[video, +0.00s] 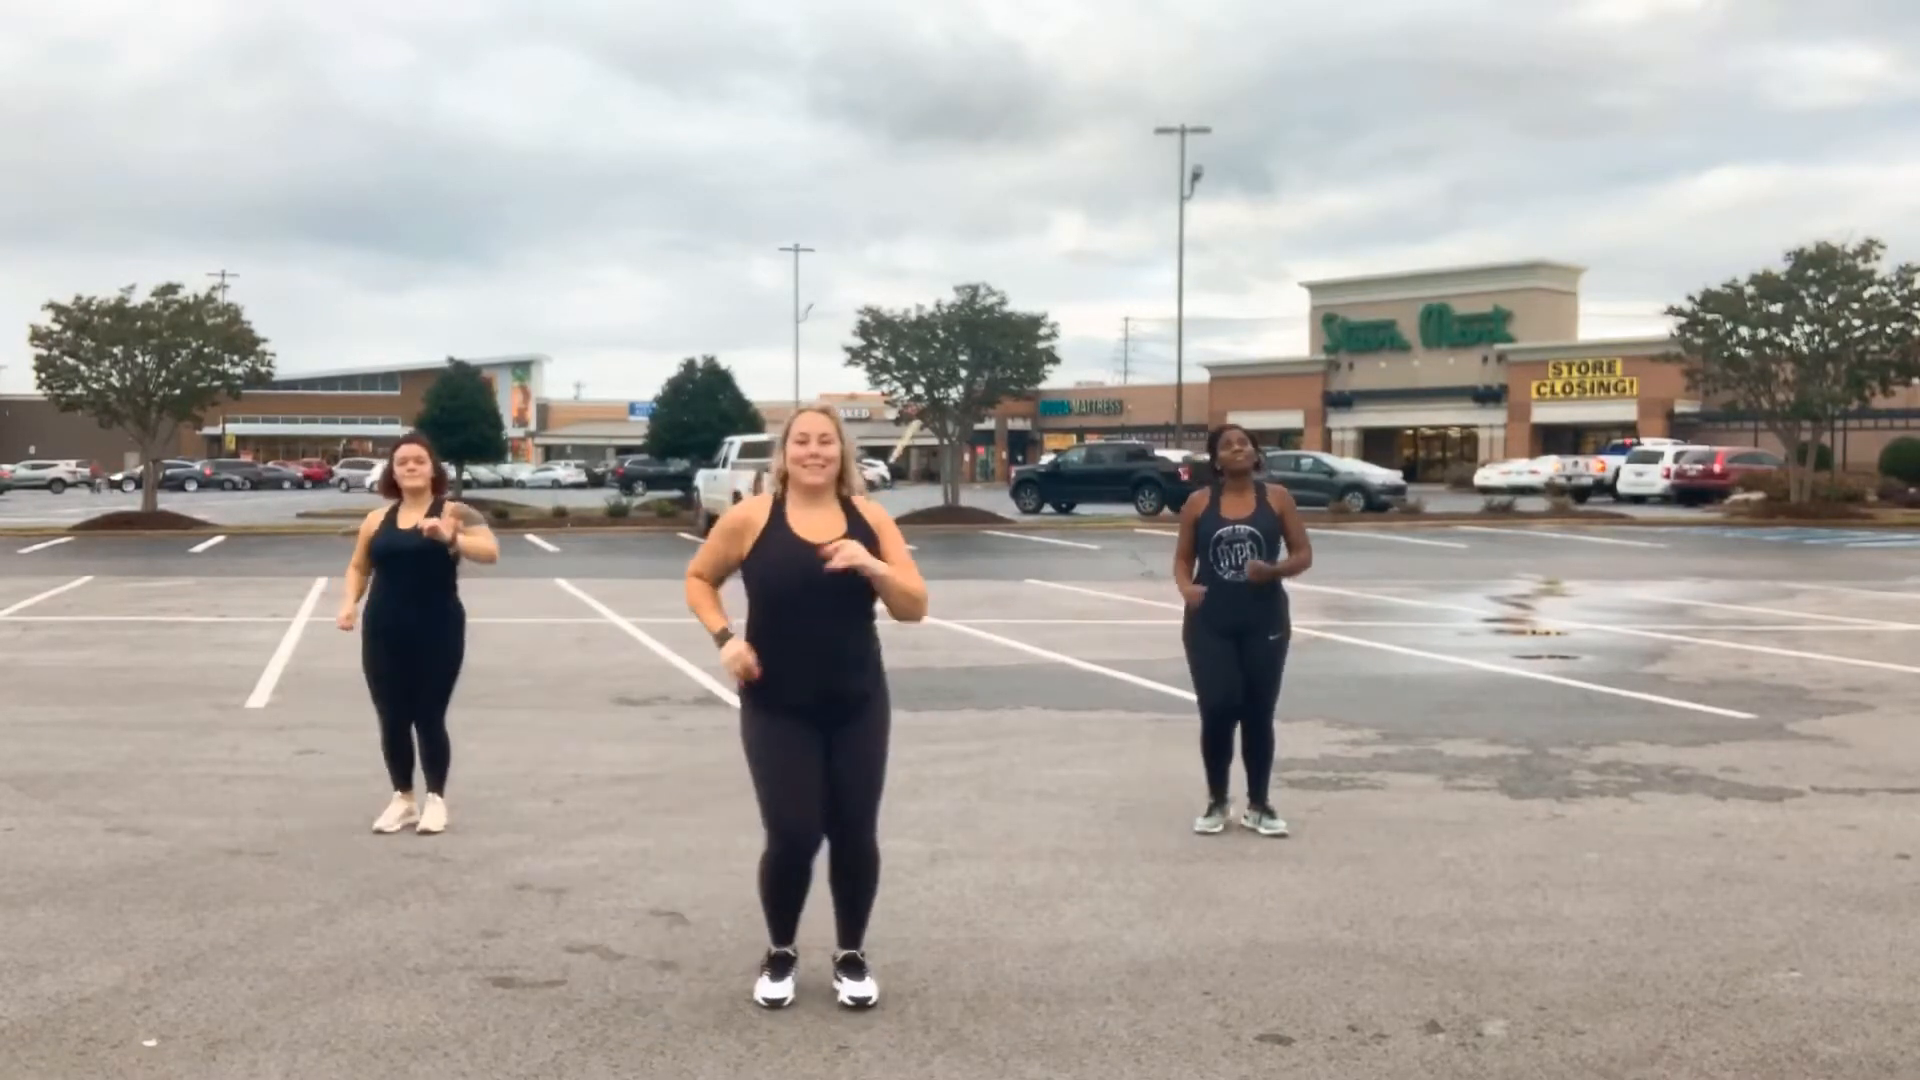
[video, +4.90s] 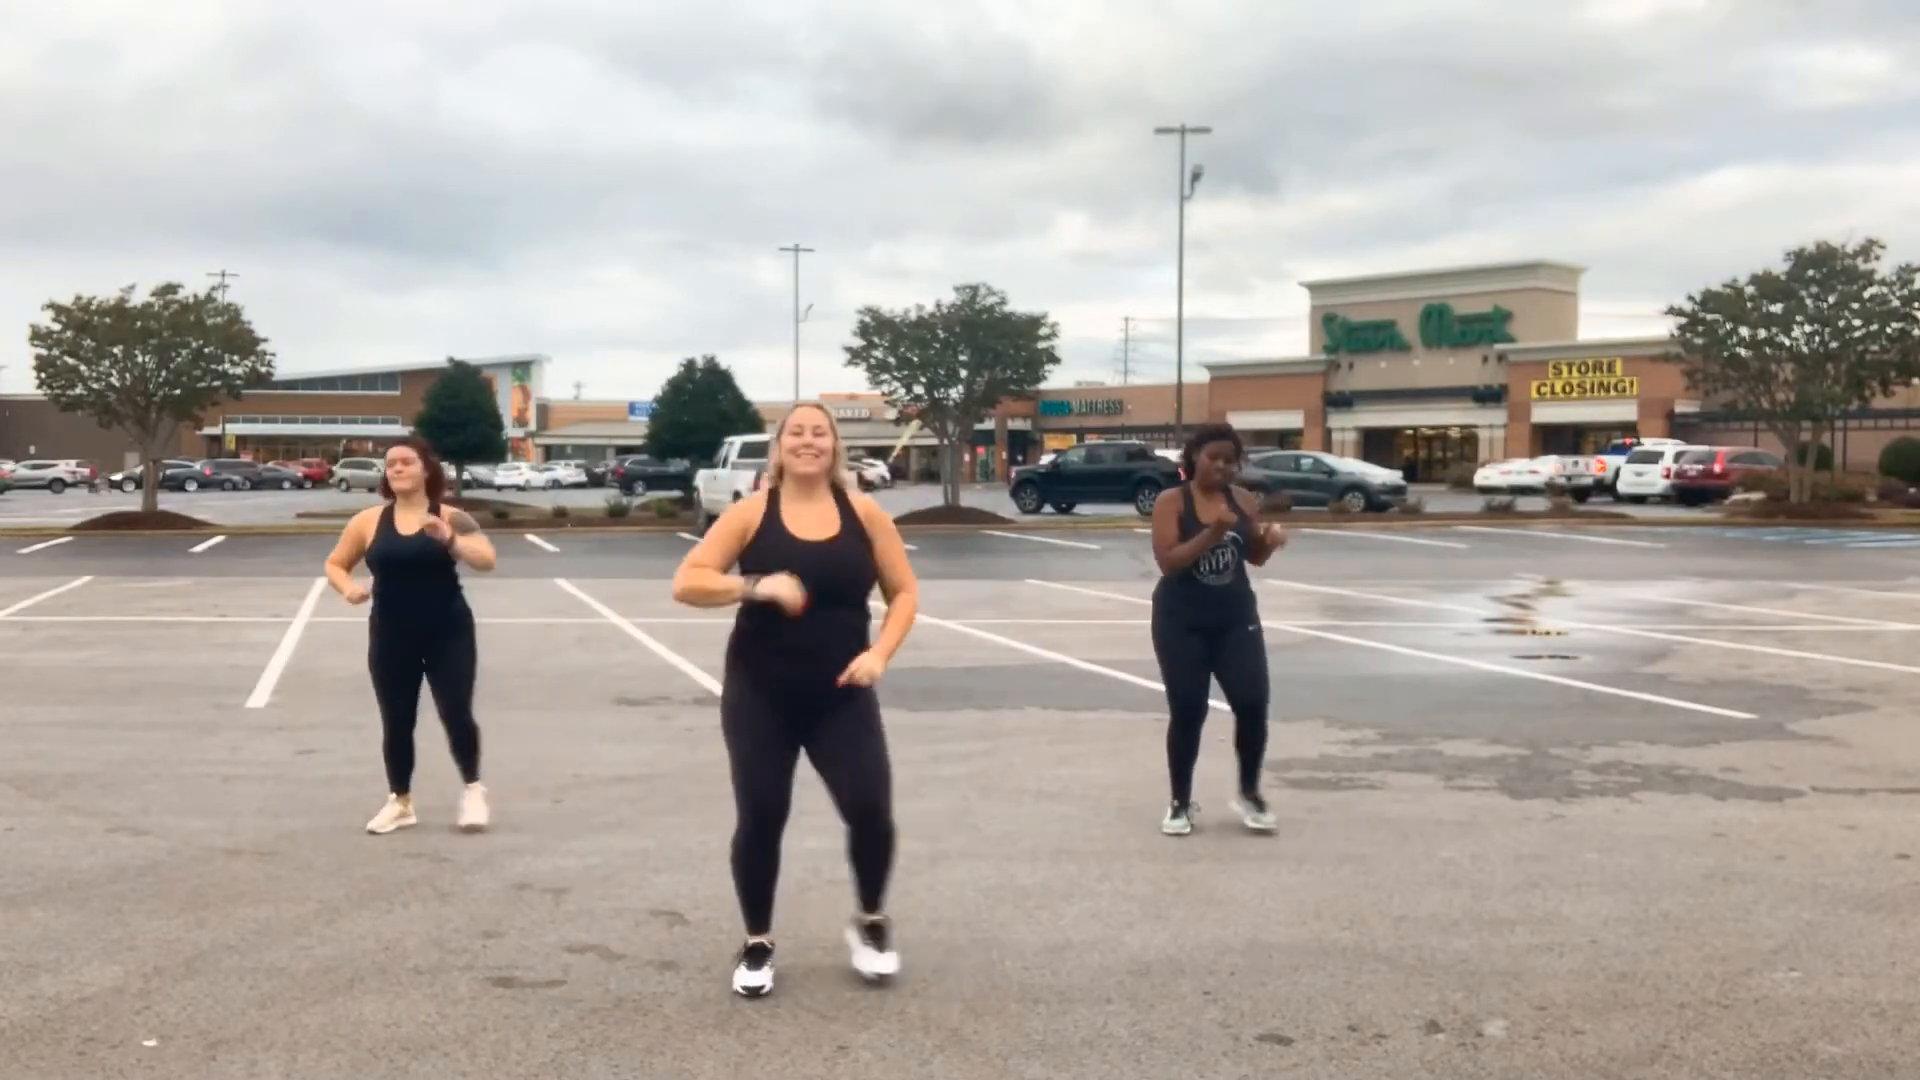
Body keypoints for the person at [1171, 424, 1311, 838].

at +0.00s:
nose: (1238, 451)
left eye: (1244, 444)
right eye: (1229, 447)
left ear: (1255, 453)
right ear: (1216, 459)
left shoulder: (1276, 496)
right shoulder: (1199, 503)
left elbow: (1303, 555)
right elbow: (1183, 561)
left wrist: (1273, 571)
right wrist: (1188, 588)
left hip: (1265, 623)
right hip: (1211, 623)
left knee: (1258, 715)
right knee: (1217, 713)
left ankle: (1258, 807)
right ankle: (1217, 803)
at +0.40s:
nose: (1238, 454)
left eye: (1244, 448)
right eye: (1229, 449)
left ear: (1256, 457)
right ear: (1215, 460)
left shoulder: (1274, 502)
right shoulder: (1197, 506)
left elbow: (1309, 555)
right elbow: (1176, 566)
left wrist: (1278, 575)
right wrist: (1205, 565)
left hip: (1268, 625)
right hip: (1214, 626)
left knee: (1274, 709)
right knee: (1214, 716)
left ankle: (1314, 792)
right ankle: (1218, 804)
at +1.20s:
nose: (1237, 461)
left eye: (1244, 454)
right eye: (1229, 454)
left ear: (1254, 458)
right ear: (1213, 458)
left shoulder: (1261, 495)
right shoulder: (1193, 496)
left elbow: (1276, 562)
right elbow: (1176, 550)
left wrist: (1276, 538)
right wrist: (1212, 503)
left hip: (1254, 620)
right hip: (1199, 621)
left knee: (1266, 711)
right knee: (1205, 714)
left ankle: (1255, 794)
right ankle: (1195, 803)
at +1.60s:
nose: (1219, 475)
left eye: (1227, 466)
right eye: (1211, 467)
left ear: (1241, 468)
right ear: (1198, 469)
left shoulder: (1257, 501)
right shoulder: (1185, 500)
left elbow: (1281, 563)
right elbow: (1175, 558)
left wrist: (1265, 542)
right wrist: (1203, 510)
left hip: (1238, 621)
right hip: (1183, 618)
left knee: (1251, 710)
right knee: (1179, 698)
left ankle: (1241, 806)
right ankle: (1140, 788)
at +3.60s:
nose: (1190, 477)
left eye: (1199, 469)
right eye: (1183, 469)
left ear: (1217, 467)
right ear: (1176, 467)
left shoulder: (1234, 499)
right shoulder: (1162, 499)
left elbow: (1264, 556)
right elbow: (1138, 559)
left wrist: (1273, 536)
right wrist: (1158, 511)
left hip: (1220, 620)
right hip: (1164, 620)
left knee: (1233, 717)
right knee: (1152, 711)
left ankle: (1242, 803)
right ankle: (1124, 799)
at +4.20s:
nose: (1220, 479)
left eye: (1227, 472)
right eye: (1213, 471)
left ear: (1235, 473)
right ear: (1192, 469)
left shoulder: (1245, 502)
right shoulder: (1168, 501)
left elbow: (1266, 548)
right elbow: (1142, 561)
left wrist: (1242, 500)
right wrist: (1175, 524)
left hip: (1239, 618)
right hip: (1183, 620)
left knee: (1266, 707)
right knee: (1178, 711)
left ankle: (1289, 794)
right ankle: (1171, 803)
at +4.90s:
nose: (1222, 466)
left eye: (1229, 459)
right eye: (1214, 458)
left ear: (1236, 464)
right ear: (1193, 459)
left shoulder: (1242, 501)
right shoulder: (1170, 502)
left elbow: (1255, 557)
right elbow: (1168, 562)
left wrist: (1266, 541)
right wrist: (1212, 532)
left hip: (1235, 619)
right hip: (1181, 622)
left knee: (1253, 705)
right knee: (1188, 710)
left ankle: (1250, 794)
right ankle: (1179, 803)